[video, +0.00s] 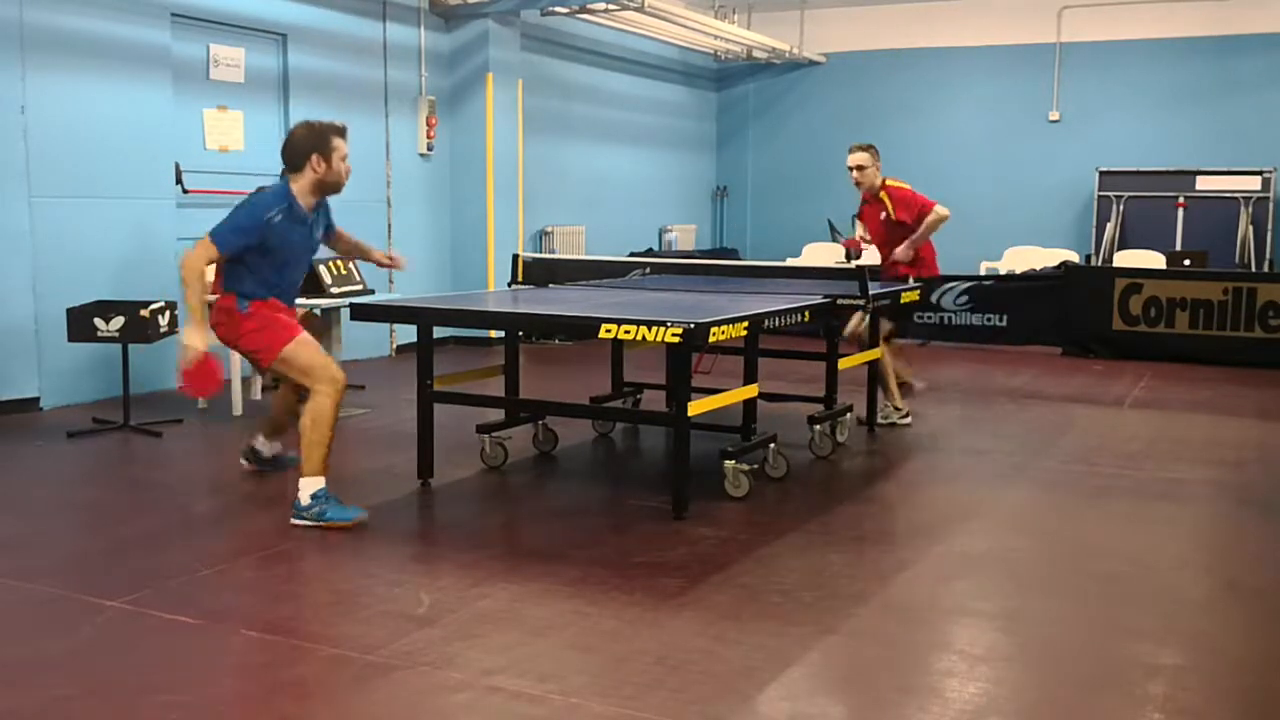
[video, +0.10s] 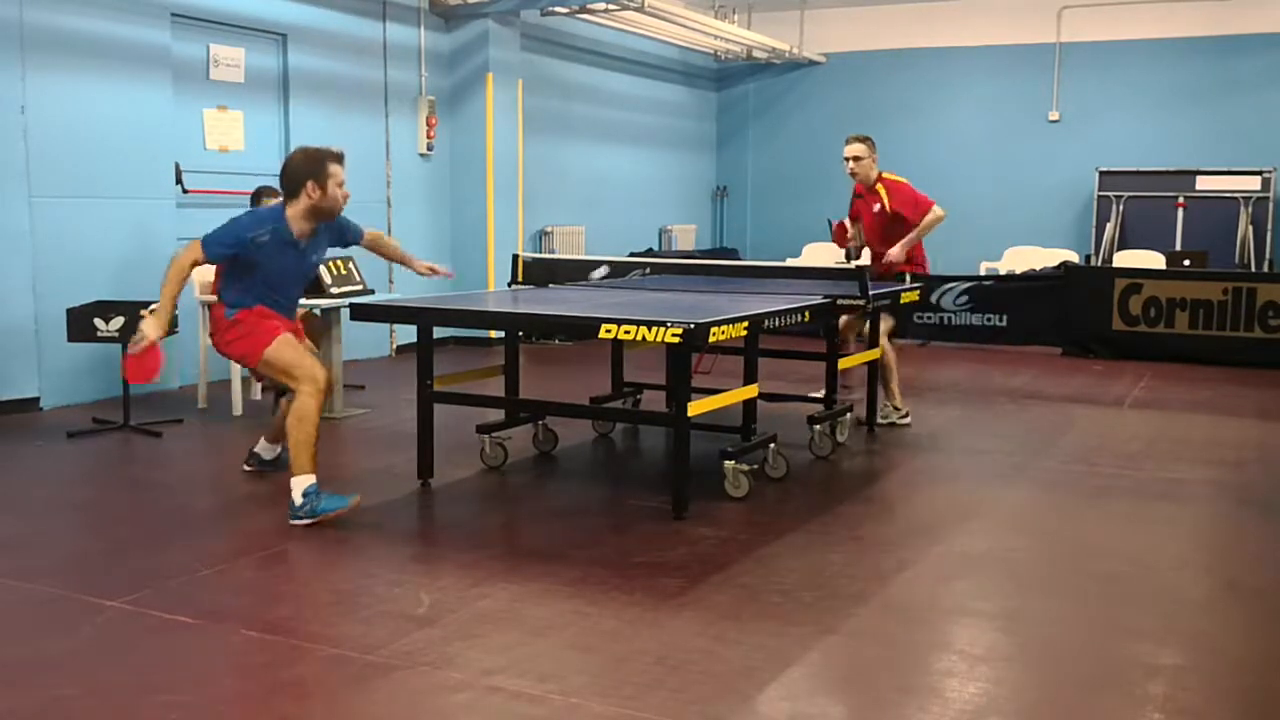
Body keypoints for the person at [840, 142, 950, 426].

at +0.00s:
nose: (854, 176)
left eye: (860, 169)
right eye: (851, 170)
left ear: (877, 168)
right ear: (849, 172)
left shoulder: (897, 192)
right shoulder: (867, 201)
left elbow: (939, 214)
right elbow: (862, 229)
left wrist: (909, 244)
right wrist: (860, 242)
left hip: (916, 279)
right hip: (889, 279)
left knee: (869, 331)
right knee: (857, 330)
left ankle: (896, 404)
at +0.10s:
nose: (850, 166)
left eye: (857, 160)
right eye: (847, 161)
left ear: (873, 160)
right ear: (845, 164)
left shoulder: (894, 187)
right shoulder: (859, 192)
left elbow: (937, 213)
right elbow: (855, 223)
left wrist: (903, 245)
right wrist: (854, 241)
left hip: (906, 278)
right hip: (877, 277)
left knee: (876, 333)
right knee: (844, 327)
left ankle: (896, 405)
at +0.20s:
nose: (850, 159)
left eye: (856, 153)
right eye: (846, 154)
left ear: (873, 154)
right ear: (844, 157)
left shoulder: (894, 183)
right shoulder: (852, 187)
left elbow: (930, 217)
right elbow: (844, 221)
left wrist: (897, 245)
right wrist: (837, 242)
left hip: (896, 274)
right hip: (863, 274)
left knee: (890, 330)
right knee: (838, 327)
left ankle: (899, 398)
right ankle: (834, 385)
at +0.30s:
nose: (851, 152)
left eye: (857, 146)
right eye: (847, 147)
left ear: (873, 147)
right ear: (845, 150)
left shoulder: (891, 176)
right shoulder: (849, 180)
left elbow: (923, 213)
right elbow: (844, 217)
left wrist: (888, 242)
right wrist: (836, 241)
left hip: (896, 265)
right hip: (862, 265)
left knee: (897, 320)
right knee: (836, 319)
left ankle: (917, 391)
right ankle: (832, 383)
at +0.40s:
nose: (850, 155)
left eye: (857, 149)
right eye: (846, 150)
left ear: (873, 150)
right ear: (845, 153)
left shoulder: (889, 178)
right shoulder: (849, 184)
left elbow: (918, 215)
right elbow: (848, 221)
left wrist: (884, 244)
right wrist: (837, 242)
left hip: (898, 266)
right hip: (862, 267)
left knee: (907, 323)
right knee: (836, 318)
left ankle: (950, 385)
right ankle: (827, 378)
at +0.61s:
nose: (868, 178)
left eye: (874, 171)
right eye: (864, 173)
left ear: (888, 170)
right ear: (862, 175)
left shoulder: (911, 196)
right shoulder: (867, 204)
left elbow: (941, 229)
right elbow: (860, 246)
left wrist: (935, 271)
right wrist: (874, 255)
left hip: (917, 282)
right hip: (881, 284)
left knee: (931, 335)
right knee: (843, 327)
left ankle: (962, 390)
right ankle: (822, 380)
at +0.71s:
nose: (897, 161)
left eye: (902, 155)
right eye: (891, 157)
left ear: (915, 154)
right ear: (888, 160)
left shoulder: (942, 178)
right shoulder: (891, 193)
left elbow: (965, 213)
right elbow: (892, 234)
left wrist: (976, 253)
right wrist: (903, 256)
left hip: (945, 270)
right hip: (908, 273)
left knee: (953, 328)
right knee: (875, 325)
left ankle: (968, 391)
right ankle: (835, 375)